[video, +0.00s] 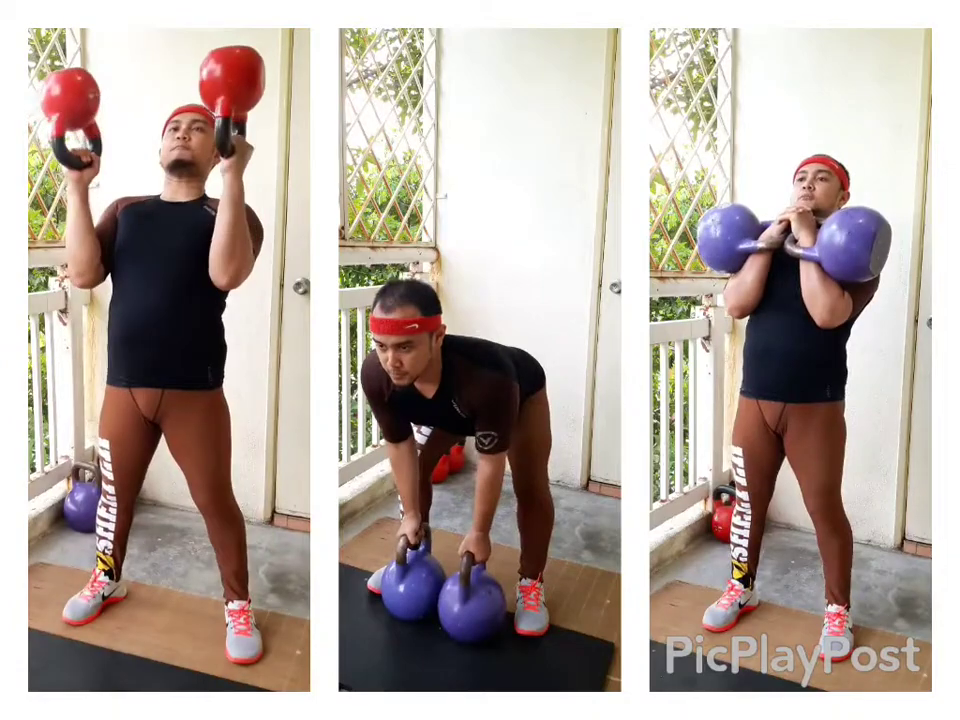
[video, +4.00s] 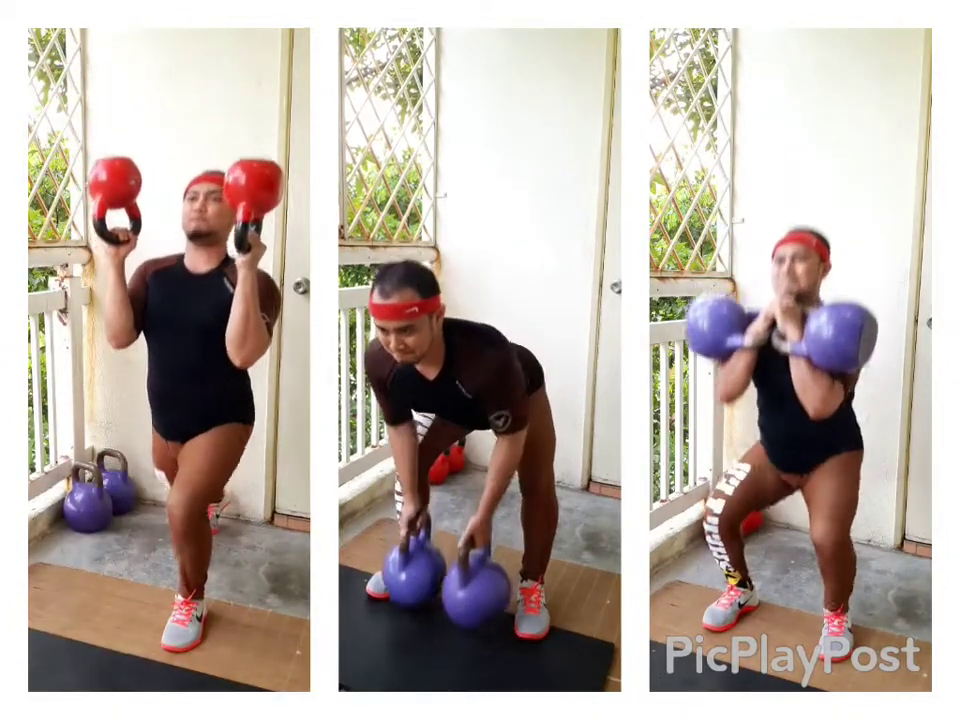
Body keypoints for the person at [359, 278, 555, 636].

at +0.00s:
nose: (392, 361)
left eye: (405, 348)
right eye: (382, 347)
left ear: (437, 338)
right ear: (374, 343)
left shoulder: (487, 380)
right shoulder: (376, 375)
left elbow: (491, 463)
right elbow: (399, 447)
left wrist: (479, 533)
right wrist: (410, 514)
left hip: (516, 390)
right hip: (449, 399)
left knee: (531, 486)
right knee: (416, 468)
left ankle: (531, 583)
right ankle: (410, 562)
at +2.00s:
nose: (389, 349)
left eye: (403, 335)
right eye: (379, 334)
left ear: (435, 329)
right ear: (371, 331)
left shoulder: (485, 378)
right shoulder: (374, 374)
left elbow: (490, 463)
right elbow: (403, 443)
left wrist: (480, 532)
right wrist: (411, 511)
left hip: (514, 394)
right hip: (451, 404)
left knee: (533, 489)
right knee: (413, 471)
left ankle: (532, 582)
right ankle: (410, 562)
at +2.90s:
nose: (393, 343)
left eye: (406, 330)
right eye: (382, 329)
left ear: (437, 318)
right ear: (373, 323)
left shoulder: (484, 360)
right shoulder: (378, 361)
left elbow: (516, 429)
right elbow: (399, 417)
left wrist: (486, 499)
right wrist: (412, 480)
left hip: (513, 395)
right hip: (452, 402)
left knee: (536, 486)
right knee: (407, 472)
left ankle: (531, 583)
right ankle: (406, 560)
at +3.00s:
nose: (392, 338)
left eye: (405, 325)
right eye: (381, 325)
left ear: (436, 312)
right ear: (372, 318)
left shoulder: (483, 349)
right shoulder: (377, 352)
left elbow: (527, 406)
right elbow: (396, 397)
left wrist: (491, 473)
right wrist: (408, 457)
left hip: (511, 399)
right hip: (452, 402)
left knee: (537, 485)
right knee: (410, 468)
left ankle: (531, 582)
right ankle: (412, 557)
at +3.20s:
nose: (391, 332)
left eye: (404, 318)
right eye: (380, 319)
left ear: (435, 305)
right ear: (371, 312)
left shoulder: (484, 334)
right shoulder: (376, 335)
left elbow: (542, 357)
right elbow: (394, 366)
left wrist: (498, 421)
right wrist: (407, 407)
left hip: (511, 393)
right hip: (447, 397)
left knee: (540, 482)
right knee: (411, 464)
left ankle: (531, 582)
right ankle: (413, 551)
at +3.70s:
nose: (396, 319)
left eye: (408, 305)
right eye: (385, 306)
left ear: (439, 291)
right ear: (375, 299)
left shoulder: (488, 332)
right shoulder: (379, 336)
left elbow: (528, 393)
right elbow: (398, 386)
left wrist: (491, 468)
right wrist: (412, 447)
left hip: (511, 400)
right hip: (450, 403)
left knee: (537, 486)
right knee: (407, 467)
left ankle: (531, 582)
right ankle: (411, 555)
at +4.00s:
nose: (395, 344)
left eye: (407, 331)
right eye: (384, 331)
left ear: (438, 314)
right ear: (375, 325)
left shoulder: (487, 355)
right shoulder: (379, 363)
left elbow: (512, 435)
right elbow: (401, 428)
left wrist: (484, 515)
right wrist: (411, 499)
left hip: (516, 396)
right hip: (456, 404)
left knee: (537, 486)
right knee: (412, 470)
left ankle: (532, 584)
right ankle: (407, 563)